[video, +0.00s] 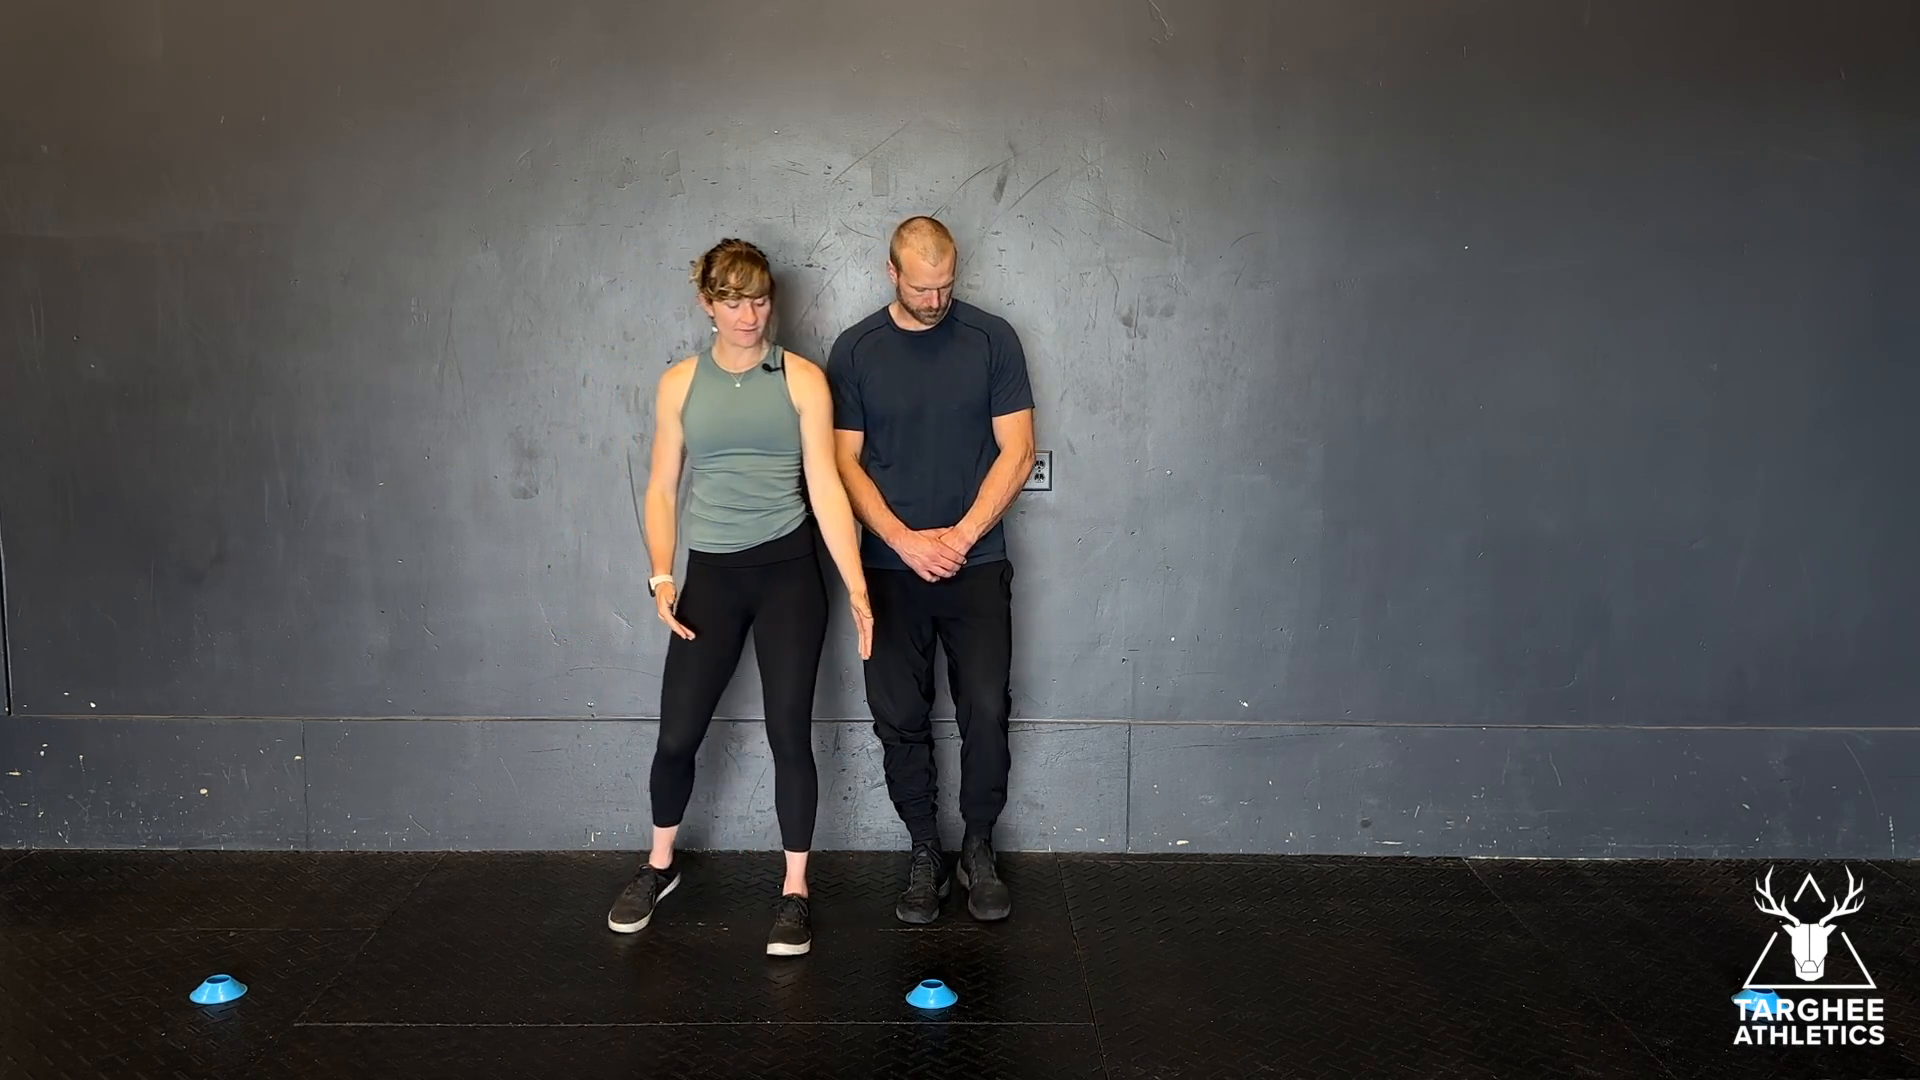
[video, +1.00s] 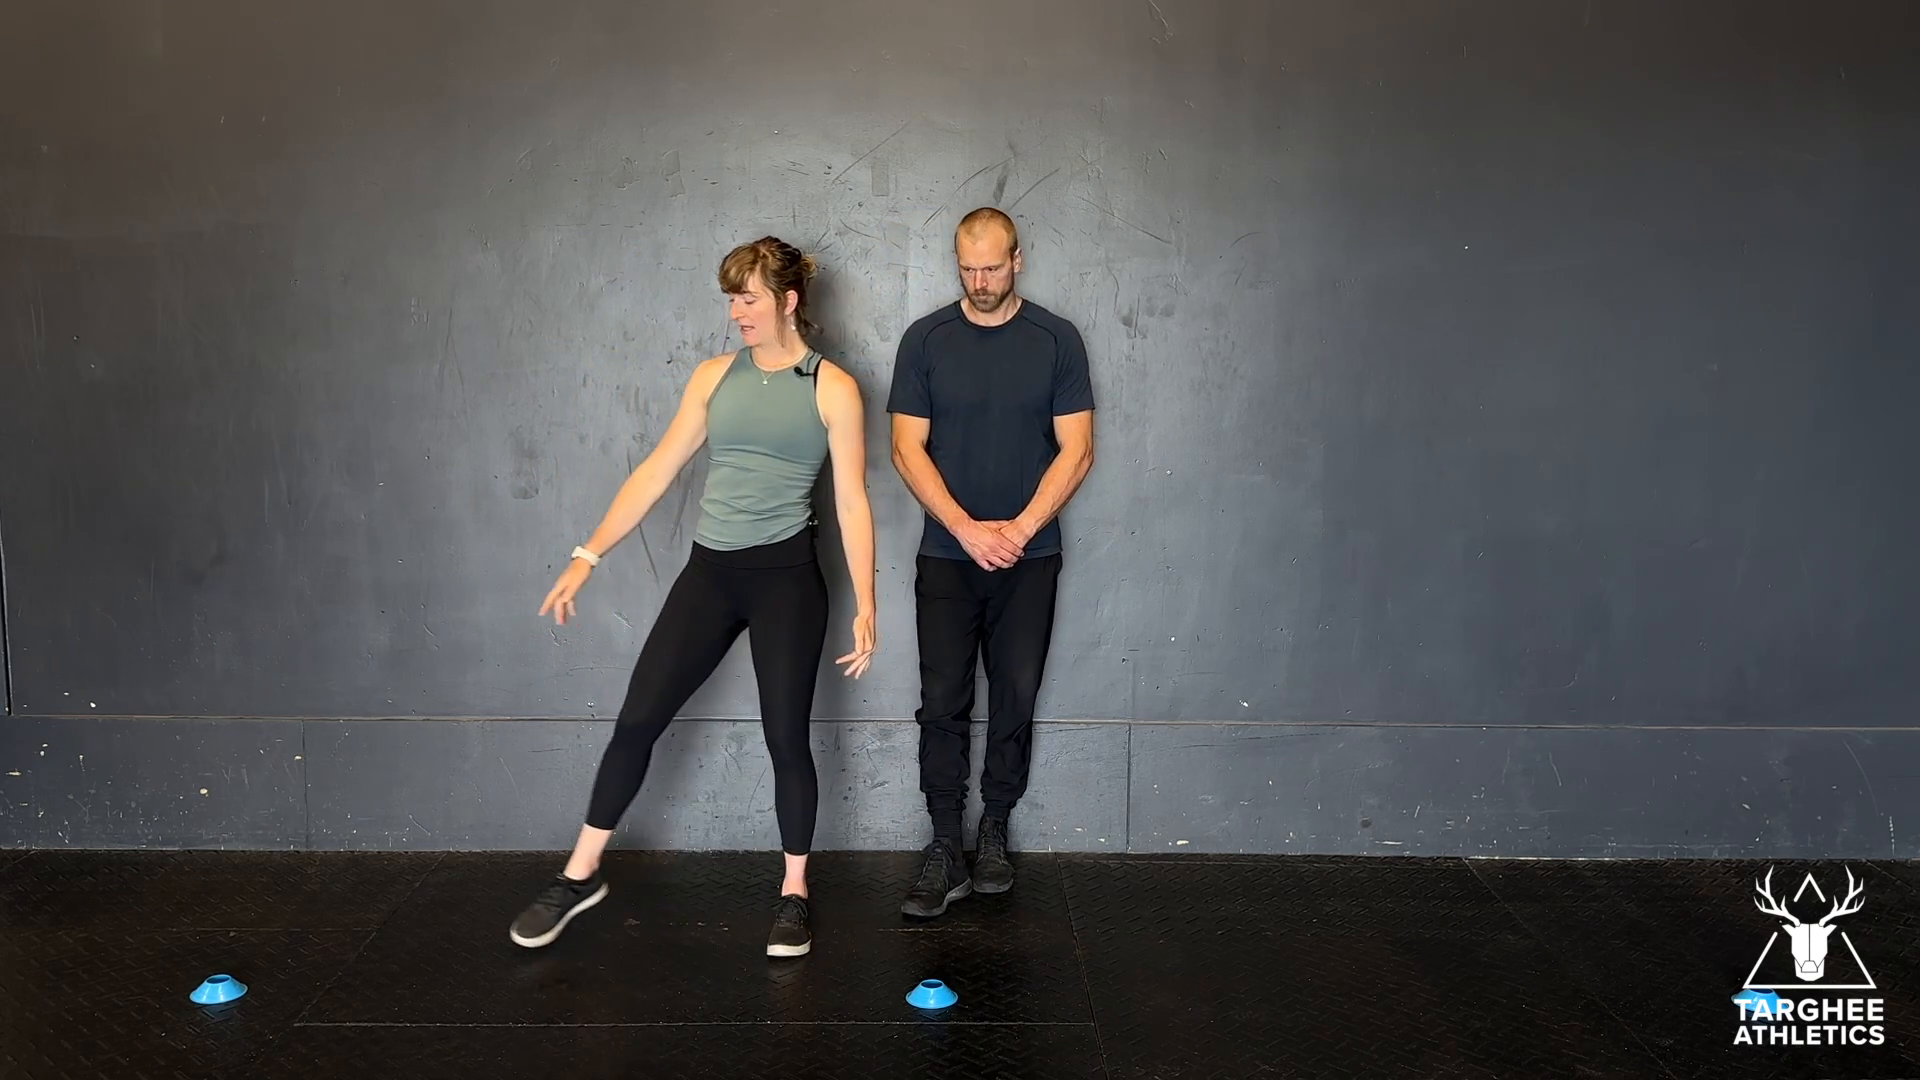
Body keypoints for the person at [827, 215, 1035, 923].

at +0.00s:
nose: (934, 294)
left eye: (943, 282)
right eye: (921, 283)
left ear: (954, 270)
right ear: (893, 272)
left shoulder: (990, 339)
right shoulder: (854, 352)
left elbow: (1019, 453)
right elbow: (845, 464)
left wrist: (962, 535)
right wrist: (901, 537)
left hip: (975, 559)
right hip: (888, 561)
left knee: (986, 709)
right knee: (899, 715)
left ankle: (978, 849)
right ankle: (925, 853)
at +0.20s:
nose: (945, 291)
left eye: (954, 278)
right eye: (932, 280)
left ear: (965, 268)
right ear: (905, 270)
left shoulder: (1003, 340)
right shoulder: (868, 350)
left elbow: (1028, 454)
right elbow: (855, 462)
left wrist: (968, 535)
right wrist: (908, 534)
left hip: (980, 559)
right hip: (894, 559)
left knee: (992, 709)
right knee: (903, 715)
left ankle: (992, 833)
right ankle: (925, 853)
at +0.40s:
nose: (963, 286)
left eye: (973, 274)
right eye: (950, 275)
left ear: (985, 264)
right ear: (926, 266)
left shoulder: (1021, 338)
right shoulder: (888, 343)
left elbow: (1044, 452)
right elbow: (874, 454)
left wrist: (983, 532)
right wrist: (924, 530)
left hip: (998, 555)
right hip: (912, 554)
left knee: (998, 703)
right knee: (915, 709)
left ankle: (994, 832)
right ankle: (923, 850)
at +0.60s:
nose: (981, 288)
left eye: (992, 276)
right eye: (968, 277)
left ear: (1005, 267)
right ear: (946, 266)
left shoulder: (1039, 338)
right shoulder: (907, 343)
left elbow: (1064, 451)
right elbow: (892, 455)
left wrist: (1007, 532)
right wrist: (950, 532)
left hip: (1016, 553)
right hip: (934, 552)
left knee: (1008, 705)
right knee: (925, 706)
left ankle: (991, 833)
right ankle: (927, 851)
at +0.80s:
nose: (984, 282)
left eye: (995, 270)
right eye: (972, 271)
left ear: (1013, 262)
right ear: (956, 262)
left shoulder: (1051, 339)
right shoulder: (919, 341)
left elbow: (1073, 450)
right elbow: (901, 450)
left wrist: (1014, 529)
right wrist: (957, 527)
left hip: (1024, 551)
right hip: (943, 550)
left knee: (1013, 702)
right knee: (939, 704)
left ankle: (991, 832)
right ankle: (945, 847)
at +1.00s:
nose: (980, 279)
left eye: (991, 267)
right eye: (969, 268)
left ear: (1015, 262)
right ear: (957, 265)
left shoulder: (1056, 340)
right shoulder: (925, 340)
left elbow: (1077, 451)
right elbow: (906, 450)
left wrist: (1019, 530)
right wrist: (962, 526)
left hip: (1028, 552)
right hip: (947, 550)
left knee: (1014, 701)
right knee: (942, 703)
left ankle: (992, 835)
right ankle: (945, 847)